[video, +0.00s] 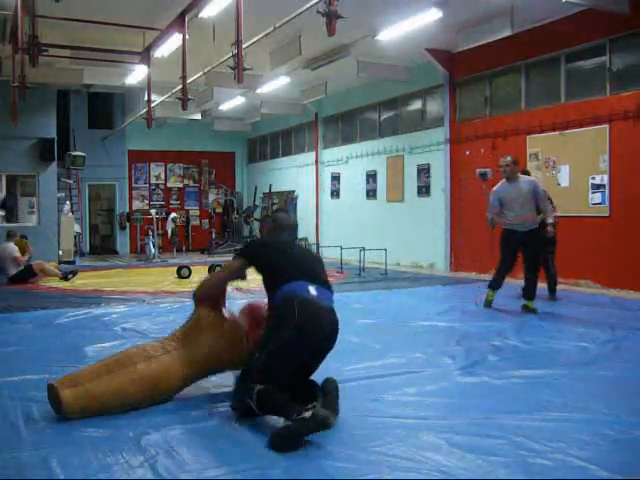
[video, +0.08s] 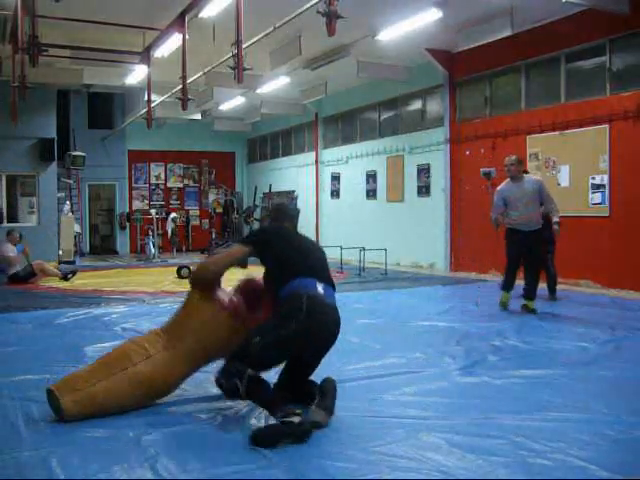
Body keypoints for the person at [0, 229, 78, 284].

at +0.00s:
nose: (18, 239)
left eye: (18, 237)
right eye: (18, 237)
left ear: (8, 237)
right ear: (15, 237)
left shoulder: (5, 246)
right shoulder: (11, 246)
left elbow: (19, 261)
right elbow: (21, 261)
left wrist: (27, 254)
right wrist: (28, 253)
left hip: (12, 276)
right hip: (14, 276)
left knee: (41, 267)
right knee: (39, 265)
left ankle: (63, 274)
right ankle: (62, 275)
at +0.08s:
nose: (17, 239)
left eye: (18, 237)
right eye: (15, 237)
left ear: (16, 238)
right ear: (9, 237)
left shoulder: (12, 247)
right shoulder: (7, 247)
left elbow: (16, 261)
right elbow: (12, 262)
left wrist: (25, 254)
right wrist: (22, 254)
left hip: (19, 274)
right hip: (14, 276)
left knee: (41, 265)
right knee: (39, 265)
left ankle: (63, 274)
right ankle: (62, 276)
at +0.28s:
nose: (17, 239)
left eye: (17, 237)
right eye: (14, 237)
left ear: (16, 238)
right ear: (8, 237)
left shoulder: (16, 246)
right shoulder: (5, 246)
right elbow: (2, 258)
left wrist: (28, 255)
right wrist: (8, 254)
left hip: (20, 273)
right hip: (12, 275)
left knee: (43, 267)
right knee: (38, 264)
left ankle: (63, 273)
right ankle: (61, 276)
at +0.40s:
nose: (16, 240)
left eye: (17, 238)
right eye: (14, 238)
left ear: (17, 238)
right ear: (8, 238)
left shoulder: (17, 247)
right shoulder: (4, 246)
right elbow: (2, 257)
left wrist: (27, 255)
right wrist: (9, 248)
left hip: (21, 272)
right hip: (13, 275)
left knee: (41, 265)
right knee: (38, 264)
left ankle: (62, 273)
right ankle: (61, 276)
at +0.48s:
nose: (15, 238)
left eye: (15, 236)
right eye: (13, 236)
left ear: (13, 236)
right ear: (8, 237)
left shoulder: (16, 245)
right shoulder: (5, 246)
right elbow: (2, 258)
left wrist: (27, 254)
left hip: (21, 272)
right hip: (13, 275)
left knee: (41, 265)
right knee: (38, 265)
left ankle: (62, 273)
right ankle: (61, 276)